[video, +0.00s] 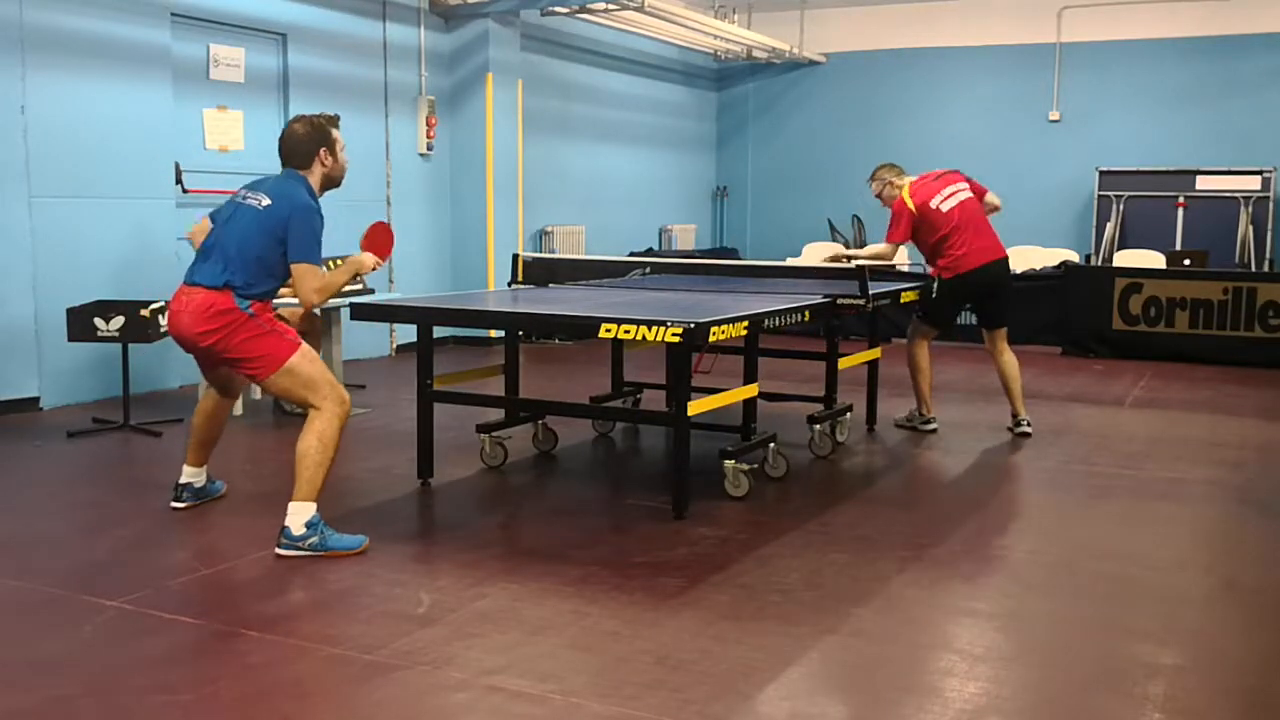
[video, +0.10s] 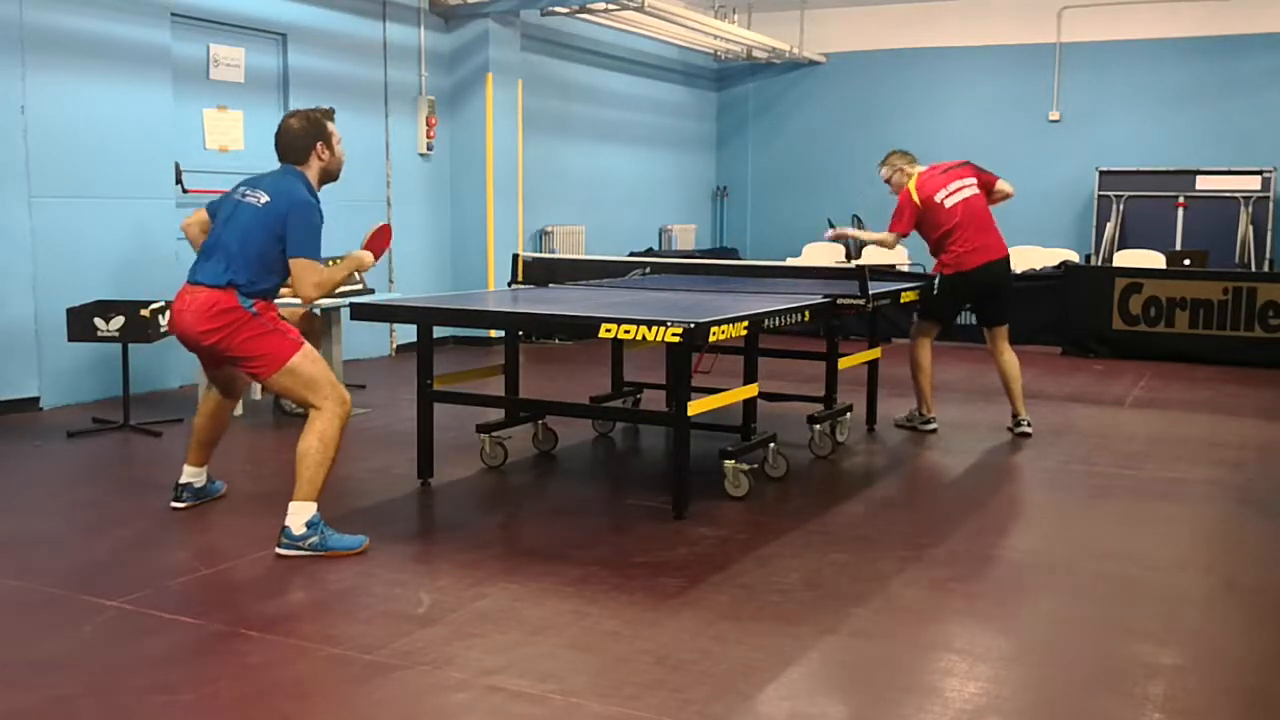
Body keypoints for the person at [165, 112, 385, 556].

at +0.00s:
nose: (344, 159)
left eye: (342, 150)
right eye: (341, 151)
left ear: (293, 156)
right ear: (324, 157)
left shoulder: (256, 188)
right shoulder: (303, 205)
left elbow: (200, 235)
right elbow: (312, 293)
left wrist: (254, 271)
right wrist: (355, 265)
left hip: (184, 309)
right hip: (227, 314)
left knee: (225, 384)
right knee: (332, 402)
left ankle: (190, 482)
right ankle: (300, 525)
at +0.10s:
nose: (340, 151)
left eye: (337, 142)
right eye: (336, 143)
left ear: (291, 152)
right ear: (321, 151)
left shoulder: (252, 185)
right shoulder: (302, 200)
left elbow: (194, 226)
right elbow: (311, 287)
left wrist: (235, 272)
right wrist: (351, 264)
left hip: (187, 309)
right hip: (230, 313)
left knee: (227, 385)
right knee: (332, 402)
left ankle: (191, 481)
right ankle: (301, 525)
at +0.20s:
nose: (337, 143)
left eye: (333, 134)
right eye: (332, 135)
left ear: (289, 146)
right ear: (315, 145)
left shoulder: (249, 180)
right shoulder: (299, 196)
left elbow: (189, 220)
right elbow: (306, 280)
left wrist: (222, 268)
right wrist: (353, 259)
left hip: (191, 306)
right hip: (232, 310)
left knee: (230, 383)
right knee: (332, 401)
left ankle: (192, 481)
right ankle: (301, 525)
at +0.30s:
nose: (333, 140)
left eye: (329, 131)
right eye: (328, 133)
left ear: (287, 143)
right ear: (310, 142)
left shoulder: (245, 179)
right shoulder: (296, 193)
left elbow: (187, 221)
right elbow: (300, 277)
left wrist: (213, 272)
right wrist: (350, 260)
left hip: (194, 307)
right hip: (235, 310)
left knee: (234, 385)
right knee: (331, 401)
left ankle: (192, 480)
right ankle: (301, 526)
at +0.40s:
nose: (329, 144)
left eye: (325, 135)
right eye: (323, 136)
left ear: (283, 146)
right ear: (305, 145)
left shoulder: (242, 183)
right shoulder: (291, 195)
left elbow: (187, 227)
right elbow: (296, 279)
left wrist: (216, 274)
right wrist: (348, 262)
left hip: (197, 312)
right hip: (239, 315)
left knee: (239, 386)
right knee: (332, 404)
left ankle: (193, 481)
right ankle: (301, 526)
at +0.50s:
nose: (323, 141)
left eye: (320, 132)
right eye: (318, 134)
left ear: (281, 144)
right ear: (299, 143)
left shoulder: (239, 182)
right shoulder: (284, 195)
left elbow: (188, 227)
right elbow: (286, 273)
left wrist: (220, 270)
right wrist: (339, 259)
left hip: (200, 311)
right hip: (240, 314)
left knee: (241, 387)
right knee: (325, 404)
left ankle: (192, 480)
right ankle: (301, 524)